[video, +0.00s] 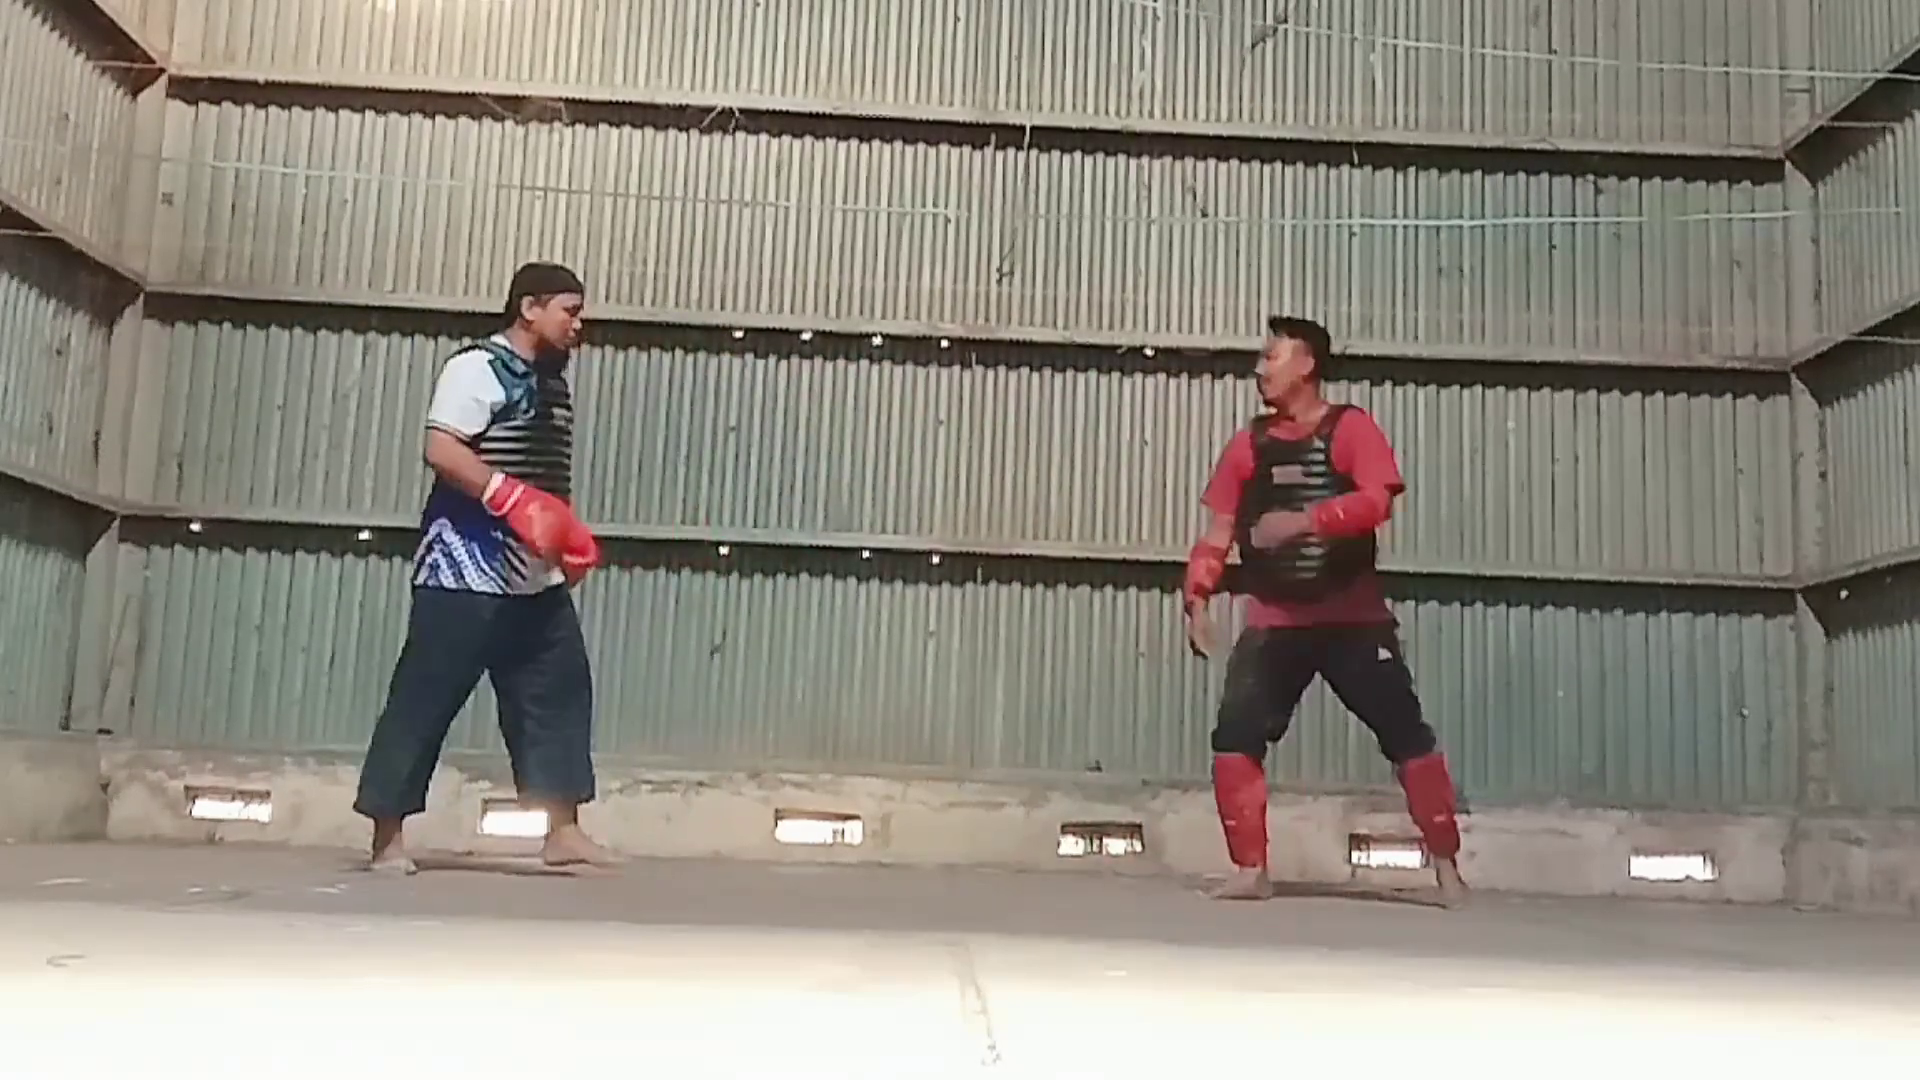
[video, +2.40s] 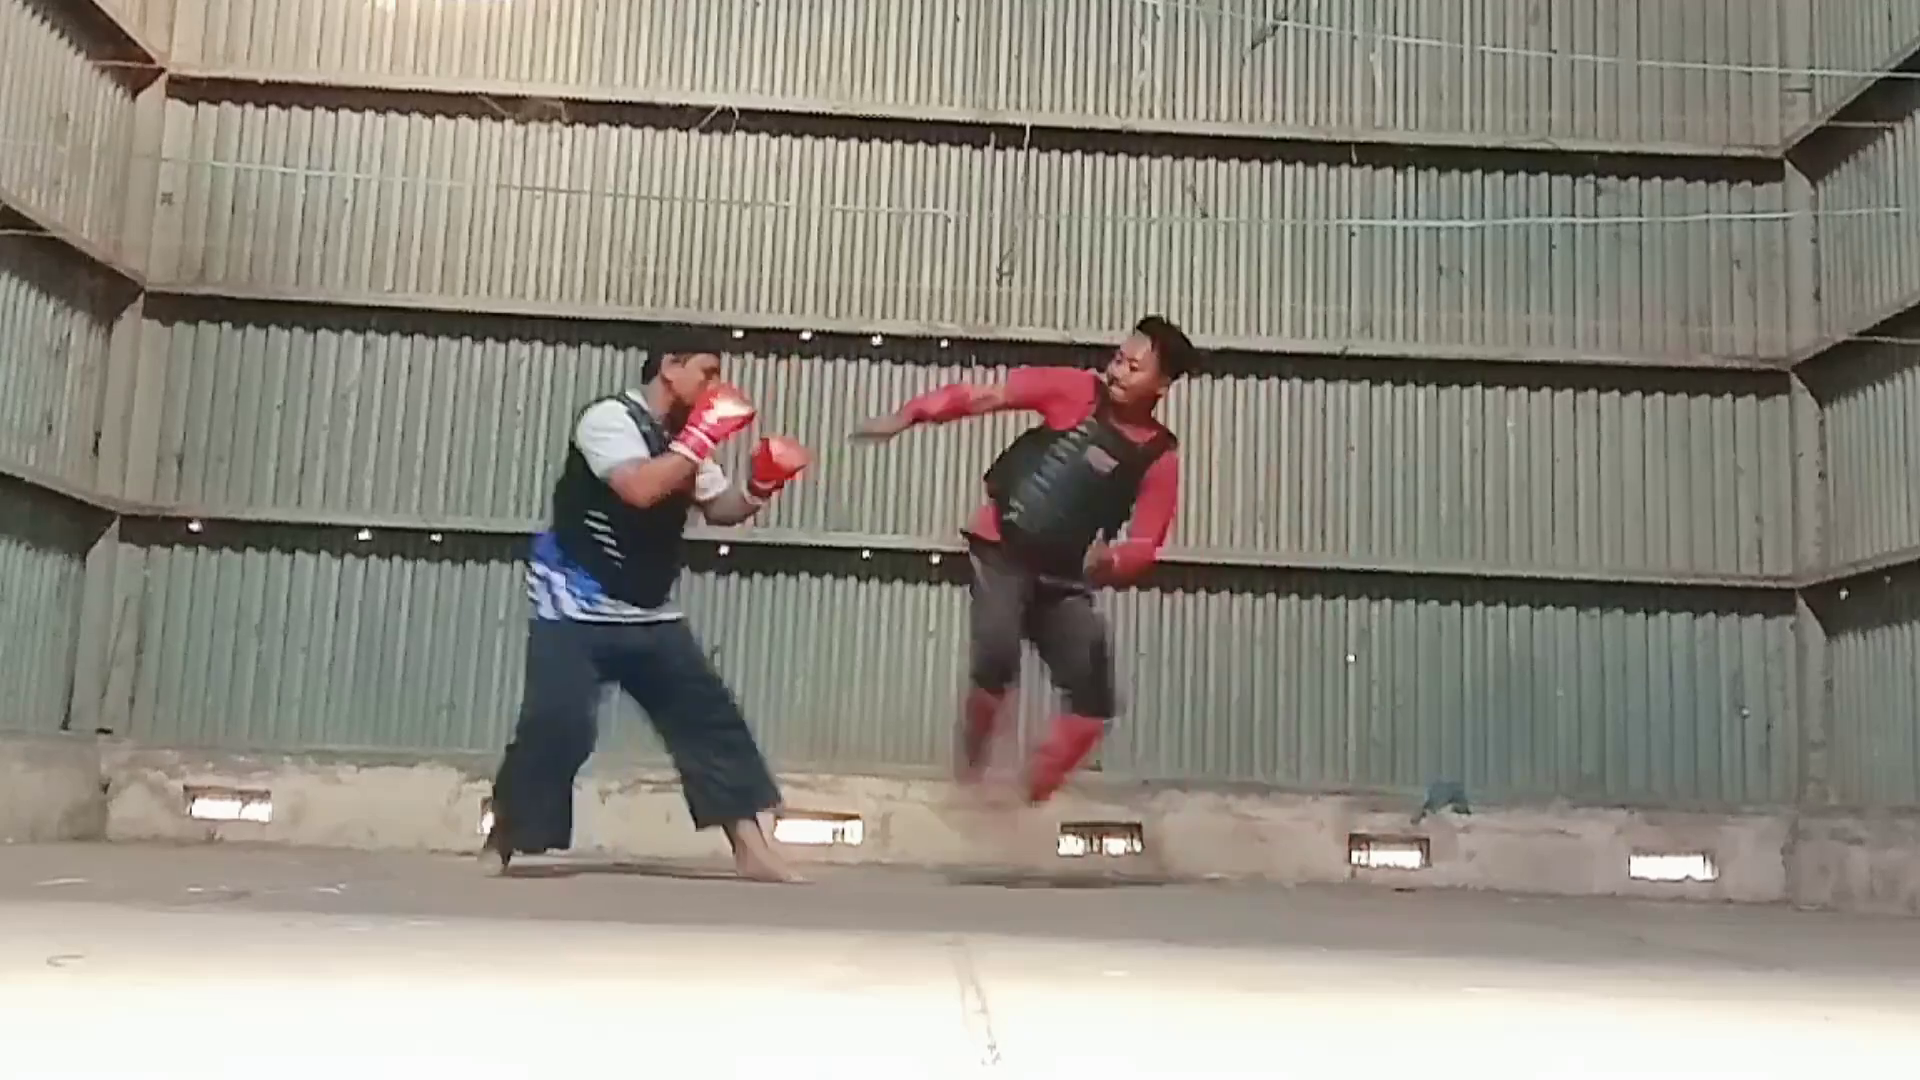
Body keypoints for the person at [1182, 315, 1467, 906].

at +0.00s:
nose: (1261, 367)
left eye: (1273, 357)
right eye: (1263, 357)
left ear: (1310, 367)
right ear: (1275, 367)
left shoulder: (1351, 428)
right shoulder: (1246, 446)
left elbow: (1376, 501)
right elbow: (1219, 535)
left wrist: (1303, 519)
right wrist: (1196, 587)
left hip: (1352, 624)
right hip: (1273, 627)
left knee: (1408, 737)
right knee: (1235, 739)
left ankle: (1446, 869)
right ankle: (1249, 873)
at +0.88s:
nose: (1249, 382)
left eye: (1260, 370)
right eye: (1247, 371)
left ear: (1297, 374)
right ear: (1252, 378)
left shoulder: (1350, 432)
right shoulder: (1237, 443)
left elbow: (1418, 481)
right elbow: (1197, 500)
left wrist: (1348, 497)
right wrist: (1226, 511)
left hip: (1339, 623)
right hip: (1258, 618)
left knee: (1385, 742)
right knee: (1197, 719)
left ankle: (1415, 869)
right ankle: (1156, 848)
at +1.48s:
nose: (1217, 374)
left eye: (1227, 362)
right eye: (1216, 364)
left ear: (1265, 365)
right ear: (1226, 370)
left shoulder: (1314, 427)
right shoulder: (1208, 439)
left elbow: (1330, 502)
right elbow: (1186, 526)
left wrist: (1252, 469)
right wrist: (1164, 594)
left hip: (1296, 619)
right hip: (1216, 614)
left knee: (1335, 738)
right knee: (1164, 719)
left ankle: (1357, 863)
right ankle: (1129, 849)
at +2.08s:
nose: (1162, 389)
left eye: (1174, 379)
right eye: (1160, 380)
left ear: (1211, 388)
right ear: (1161, 388)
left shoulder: (1256, 452)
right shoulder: (1148, 464)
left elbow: (1288, 530)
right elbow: (1121, 547)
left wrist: (1214, 536)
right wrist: (1097, 614)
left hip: (1242, 638)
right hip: (1161, 633)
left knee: (1291, 749)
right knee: (1098, 725)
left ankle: (1321, 870)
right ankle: (1056, 853)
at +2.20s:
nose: (1146, 383)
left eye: (1159, 376)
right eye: (1144, 374)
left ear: (1192, 388)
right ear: (1140, 383)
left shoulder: (1218, 457)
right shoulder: (1113, 451)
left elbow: (1237, 532)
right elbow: (1061, 501)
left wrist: (1170, 487)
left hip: (1198, 637)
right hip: (1117, 634)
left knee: (1258, 734)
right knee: (1077, 733)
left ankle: (1315, 855)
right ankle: (1079, 862)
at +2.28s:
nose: (1133, 373)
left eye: (1148, 368)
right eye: (1133, 363)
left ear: (1177, 387)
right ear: (1127, 369)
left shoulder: (1184, 460)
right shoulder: (1085, 410)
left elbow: (1203, 550)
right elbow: (1009, 406)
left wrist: (1169, 564)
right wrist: (966, 406)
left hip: (1131, 613)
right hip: (1058, 604)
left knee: (1200, 719)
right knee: (1057, 726)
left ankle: (1209, 848)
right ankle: (1075, 862)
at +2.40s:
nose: (1118, 370)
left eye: (1135, 366)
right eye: (1120, 357)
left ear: (1164, 385)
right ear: (1115, 355)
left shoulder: (1157, 455)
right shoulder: (1074, 389)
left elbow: (1145, 546)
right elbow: (979, 396)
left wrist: (1111, 563)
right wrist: (903, 416)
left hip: (1060, 573)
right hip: (1000, 548)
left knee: (1093, 698)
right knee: (996, 661)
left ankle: (1029, 798)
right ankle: (972, 777)